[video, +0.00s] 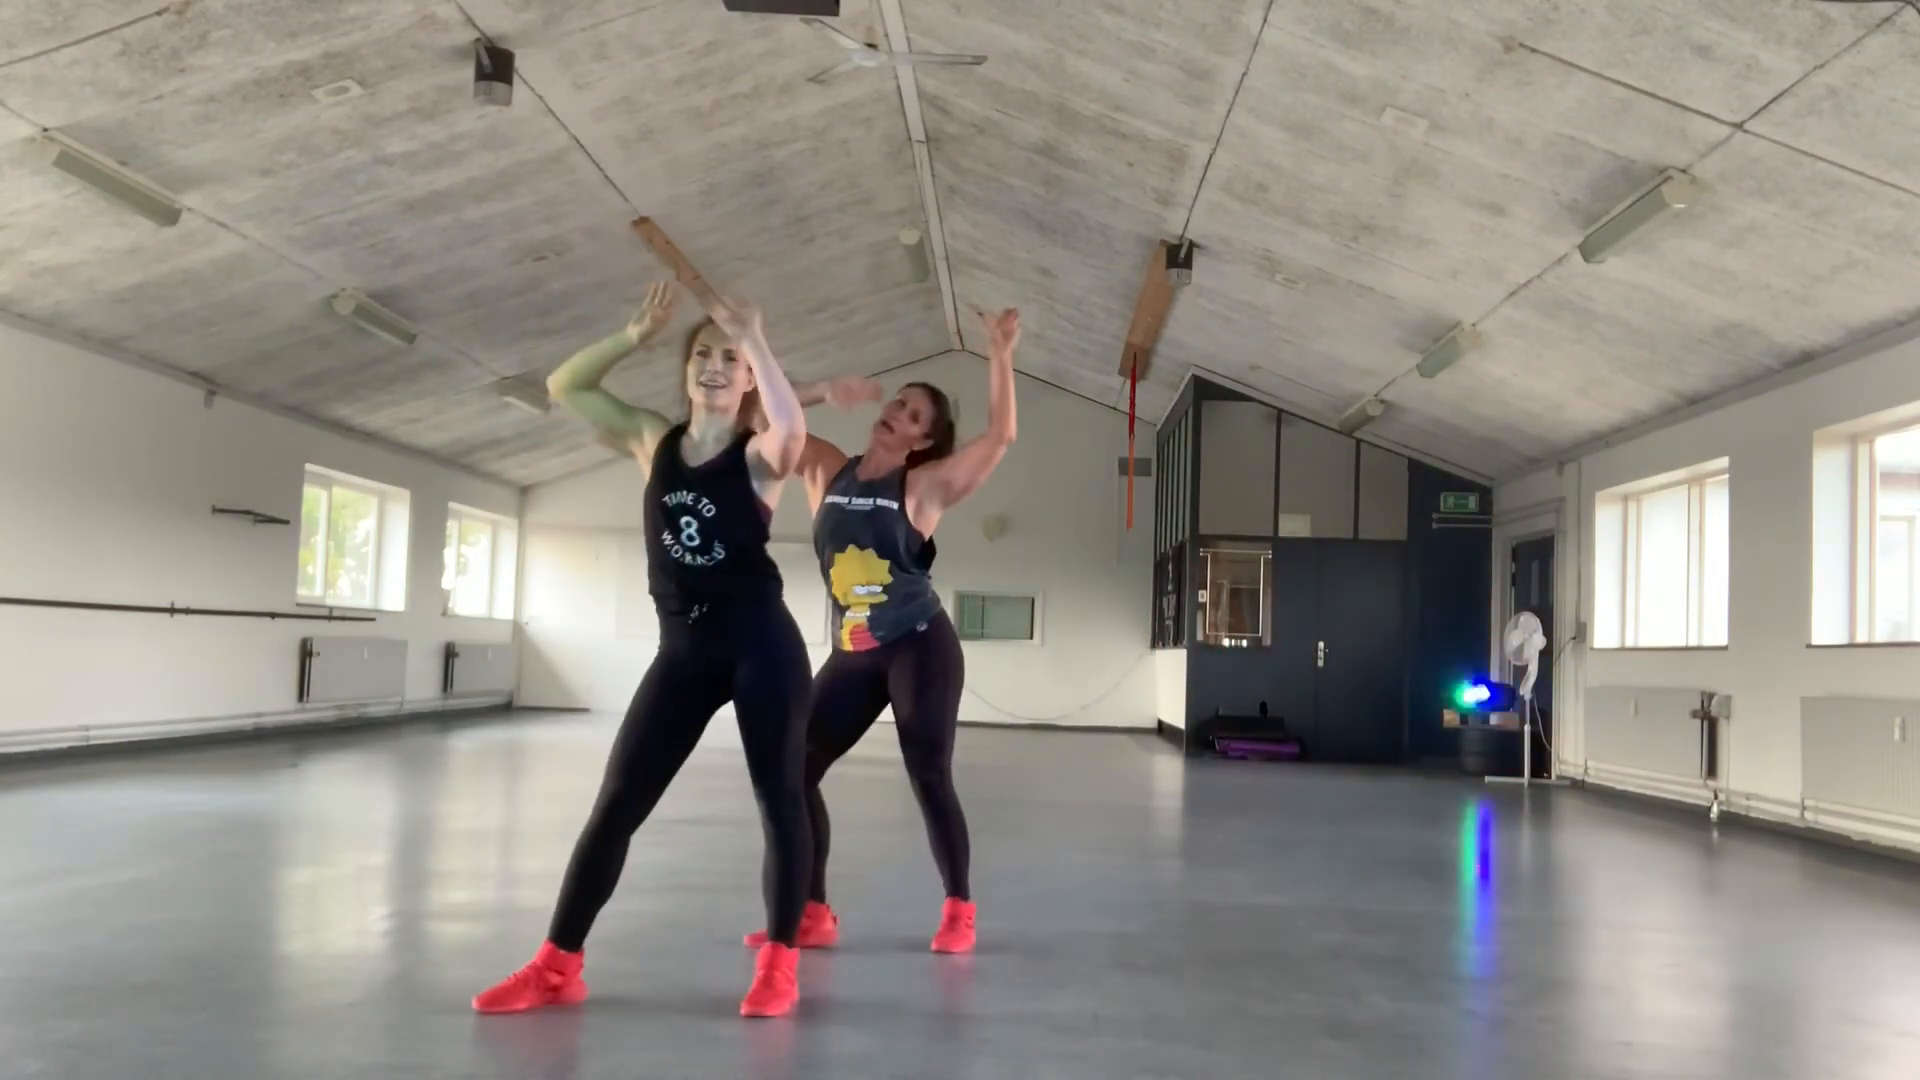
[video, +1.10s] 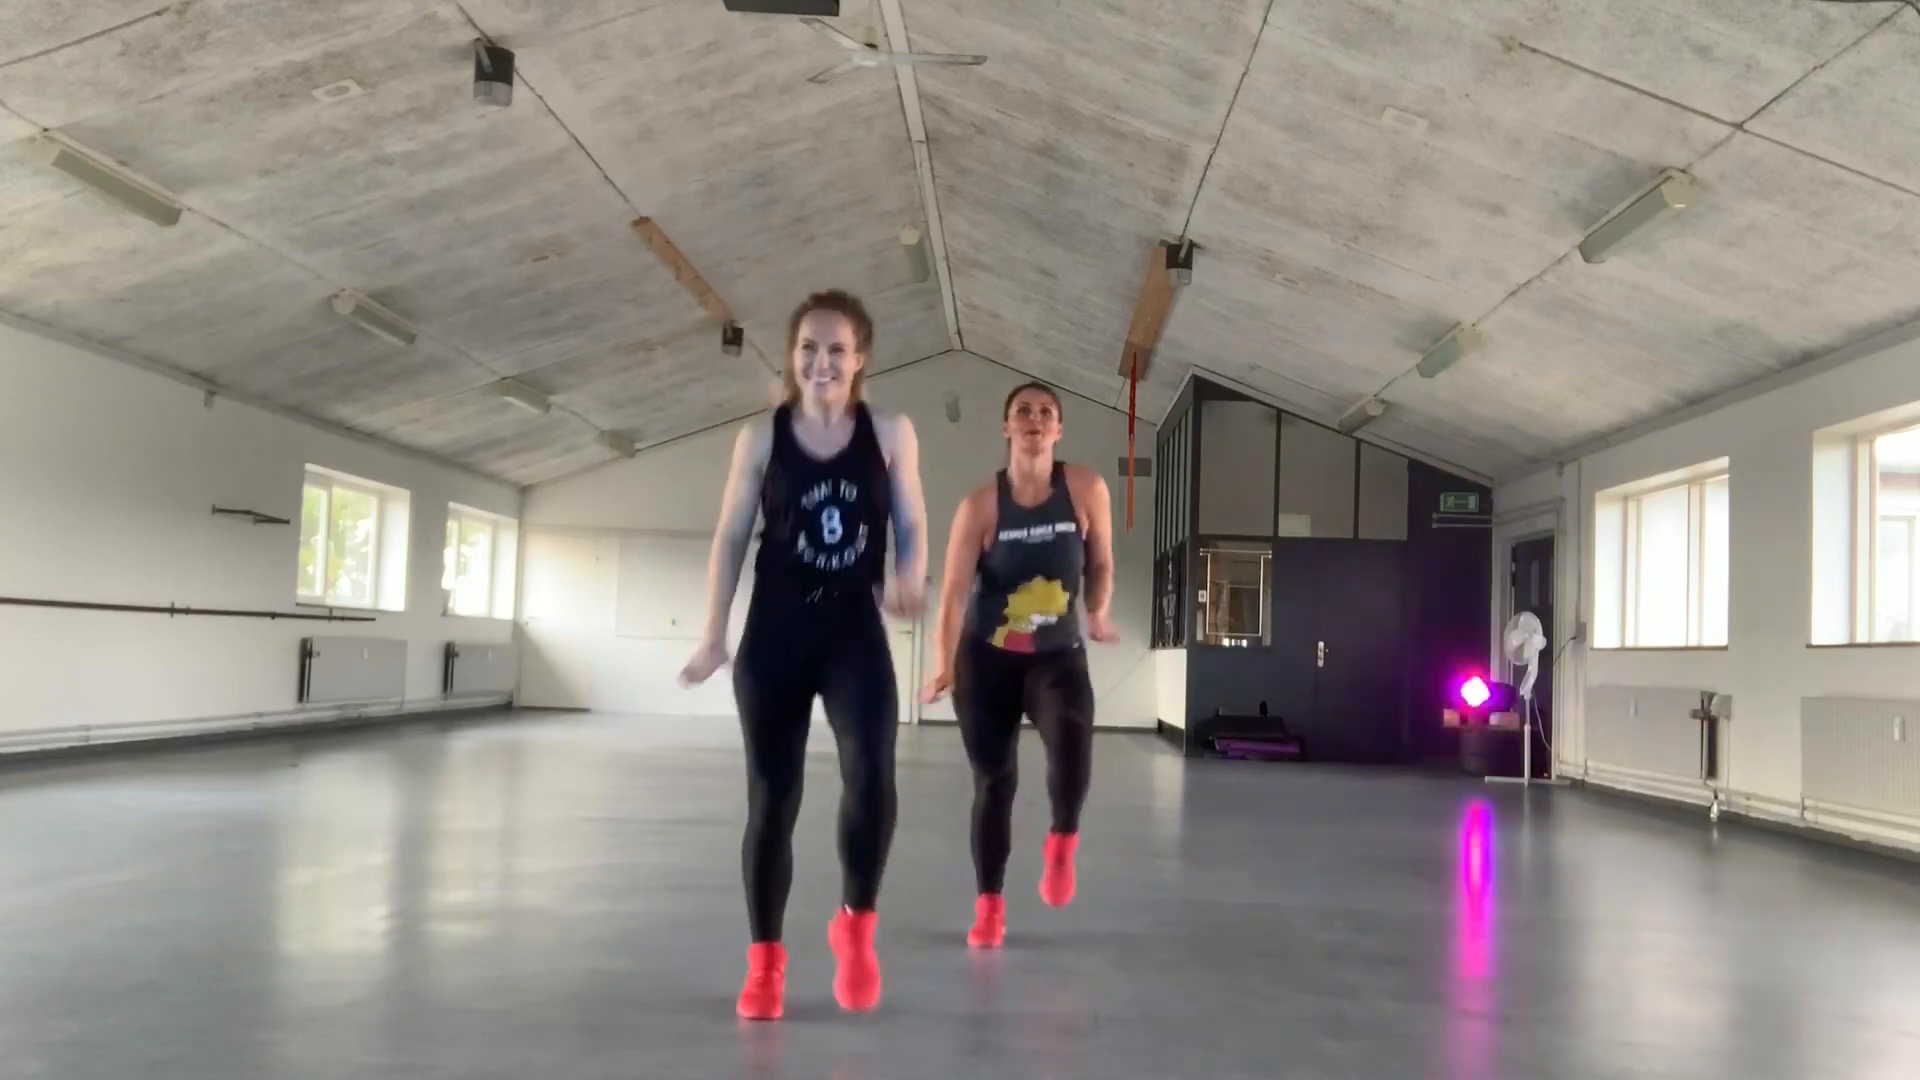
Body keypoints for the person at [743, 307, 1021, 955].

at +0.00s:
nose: (897, 412)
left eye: (913, 414)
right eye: (897, 402)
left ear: (925, 441)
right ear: (881, 412)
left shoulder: (925, 487)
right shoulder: (827, 467)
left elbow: (998, 437)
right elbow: (755, 418)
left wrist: (1001, 354)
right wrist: (821, 393)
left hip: (920, 644)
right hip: (854, 655)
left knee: (928, 771)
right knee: (795, 768)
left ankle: (959, 905)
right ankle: (811, 906)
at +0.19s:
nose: (917, 395)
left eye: (931, 392)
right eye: (911, 385)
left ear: (944, 415)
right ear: (893, 396)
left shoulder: (951, 466)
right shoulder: (853, 456)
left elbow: (1011, 445)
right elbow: (800, 426)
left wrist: (1023, 426)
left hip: (929, 640)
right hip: (859, 641)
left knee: (932, 771)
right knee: (827, 768)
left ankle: (951, 903)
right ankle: (813, 905)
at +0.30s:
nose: (917, 393)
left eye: (926, 385)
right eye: (906, 385)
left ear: (944, 402)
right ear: (889, 402)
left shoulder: (965, 467)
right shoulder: (865, 462)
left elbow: (1055, 476)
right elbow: (792, 459)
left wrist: (992, 501)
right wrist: (834, 484)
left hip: (944, 645)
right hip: (872, 644)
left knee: (938, 775)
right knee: (850, 773)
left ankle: (946, 907)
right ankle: (820, 905)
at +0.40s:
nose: (917, 394)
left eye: (926, 386)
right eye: (905, 388)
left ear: (946, 401)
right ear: (891, 408)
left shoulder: (979, 472)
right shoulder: (873, 473)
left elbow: (1049, 533)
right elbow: (819, 515)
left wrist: (985, 538)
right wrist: (828, 510)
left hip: (957, 647)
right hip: (884, 644)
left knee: (944, 774)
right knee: (858, 766)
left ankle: (946, 907)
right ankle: (839, 902)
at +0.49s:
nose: (927, 403)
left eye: (937, 395)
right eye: (916, 396)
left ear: (956, 409)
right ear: (901, 412)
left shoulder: (991, 479)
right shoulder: (883, 485)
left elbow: (1010, 565)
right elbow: (859, 574)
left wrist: (984, 534)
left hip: (961, 645)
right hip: (890, 643)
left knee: (958, 762)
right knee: (887, 769)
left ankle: (946, 884)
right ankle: (885, 890)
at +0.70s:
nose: (961, 411)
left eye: (972, 403)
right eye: (950, 403)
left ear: (987, 418)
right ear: (934, 419)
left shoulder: (1018, 491)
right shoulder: (907, 492)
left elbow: (1029, 568)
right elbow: (884, 580)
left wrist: (1031, 608)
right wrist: (883, 657)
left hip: (986, 649)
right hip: (916, 650)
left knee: (1003, 721)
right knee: (912, 780)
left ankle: (980, 826)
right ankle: (897, 899)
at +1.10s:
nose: (1035, 422)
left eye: (1045, 413)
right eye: (1024, 413)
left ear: (1059, 429)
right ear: (1006, 428)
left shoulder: (1086, 488)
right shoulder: (979, 505)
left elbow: (1100, 563)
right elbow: (954, 592)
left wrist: (1096, 612)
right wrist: (944, 663)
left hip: (1056, 655)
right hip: (987, 656)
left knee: (1070, 727)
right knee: (995, 779)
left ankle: (1063, 840)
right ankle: (988, 899)